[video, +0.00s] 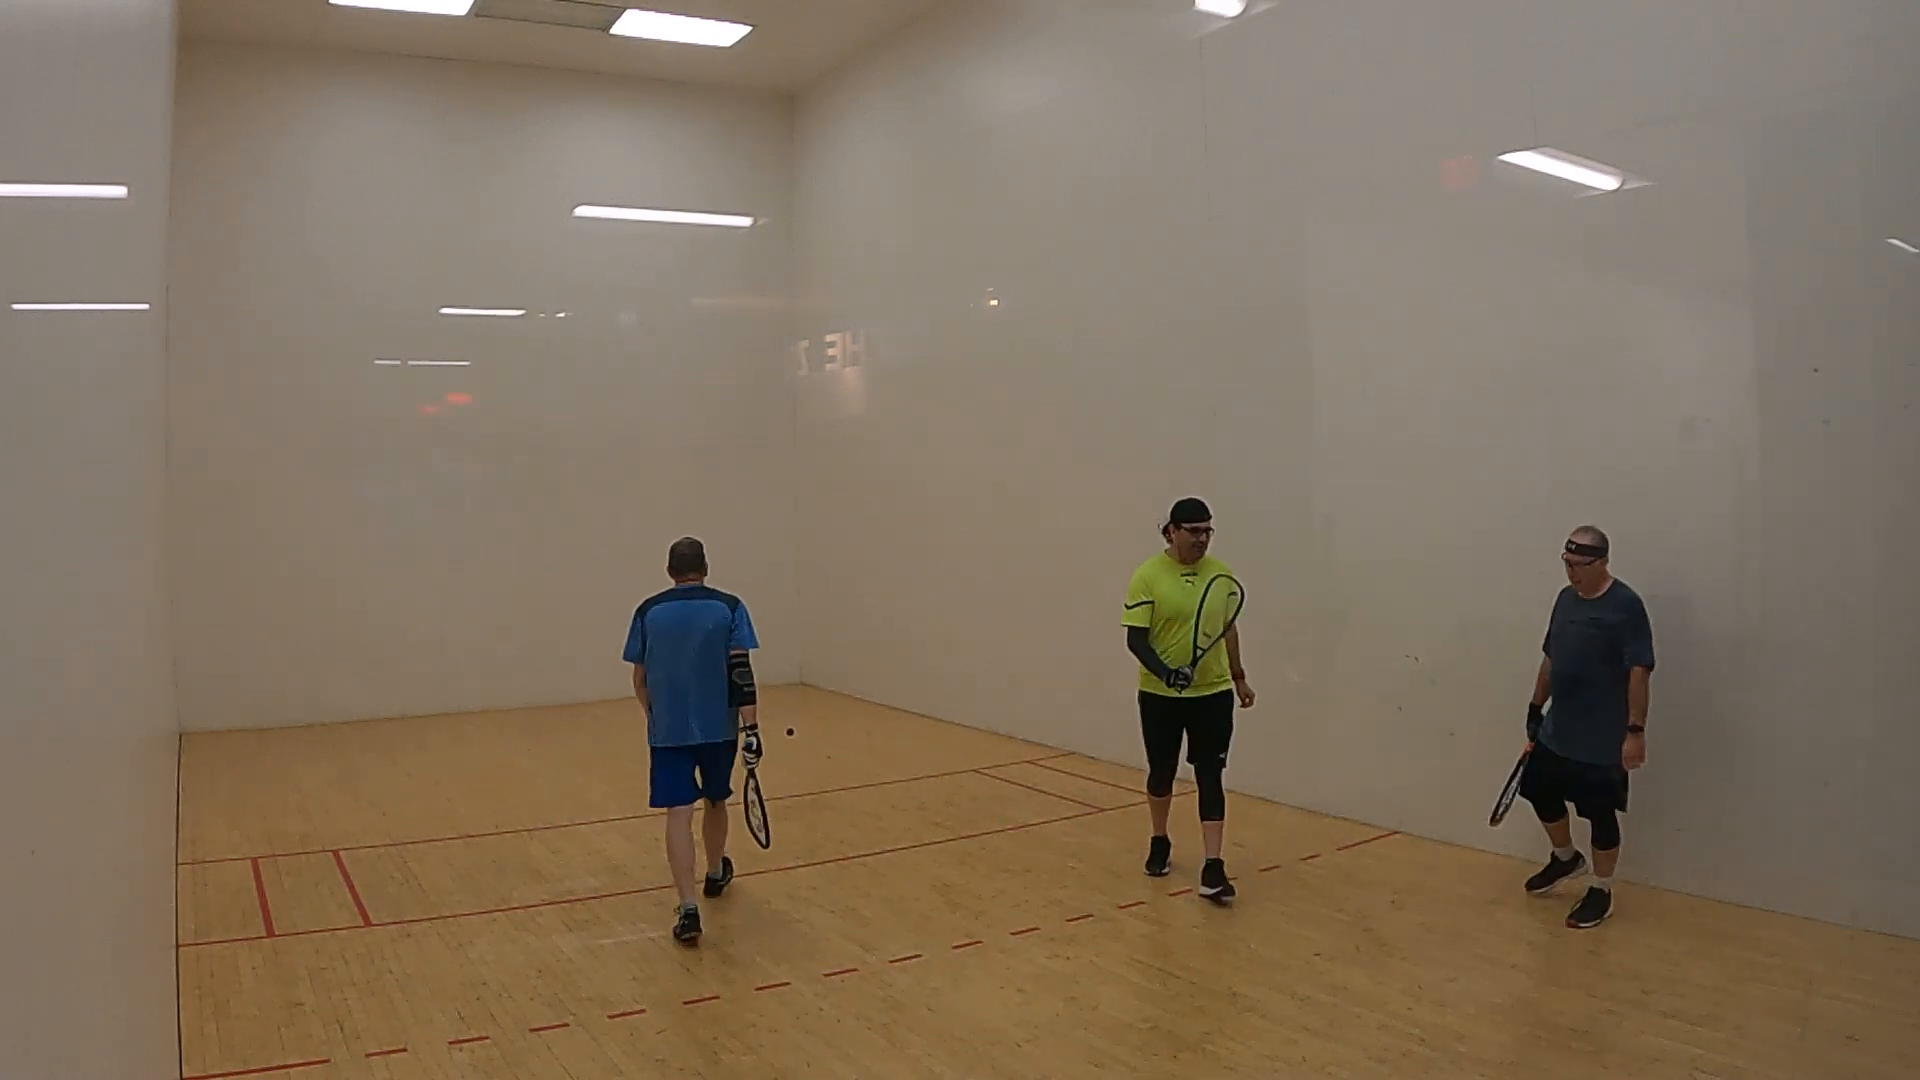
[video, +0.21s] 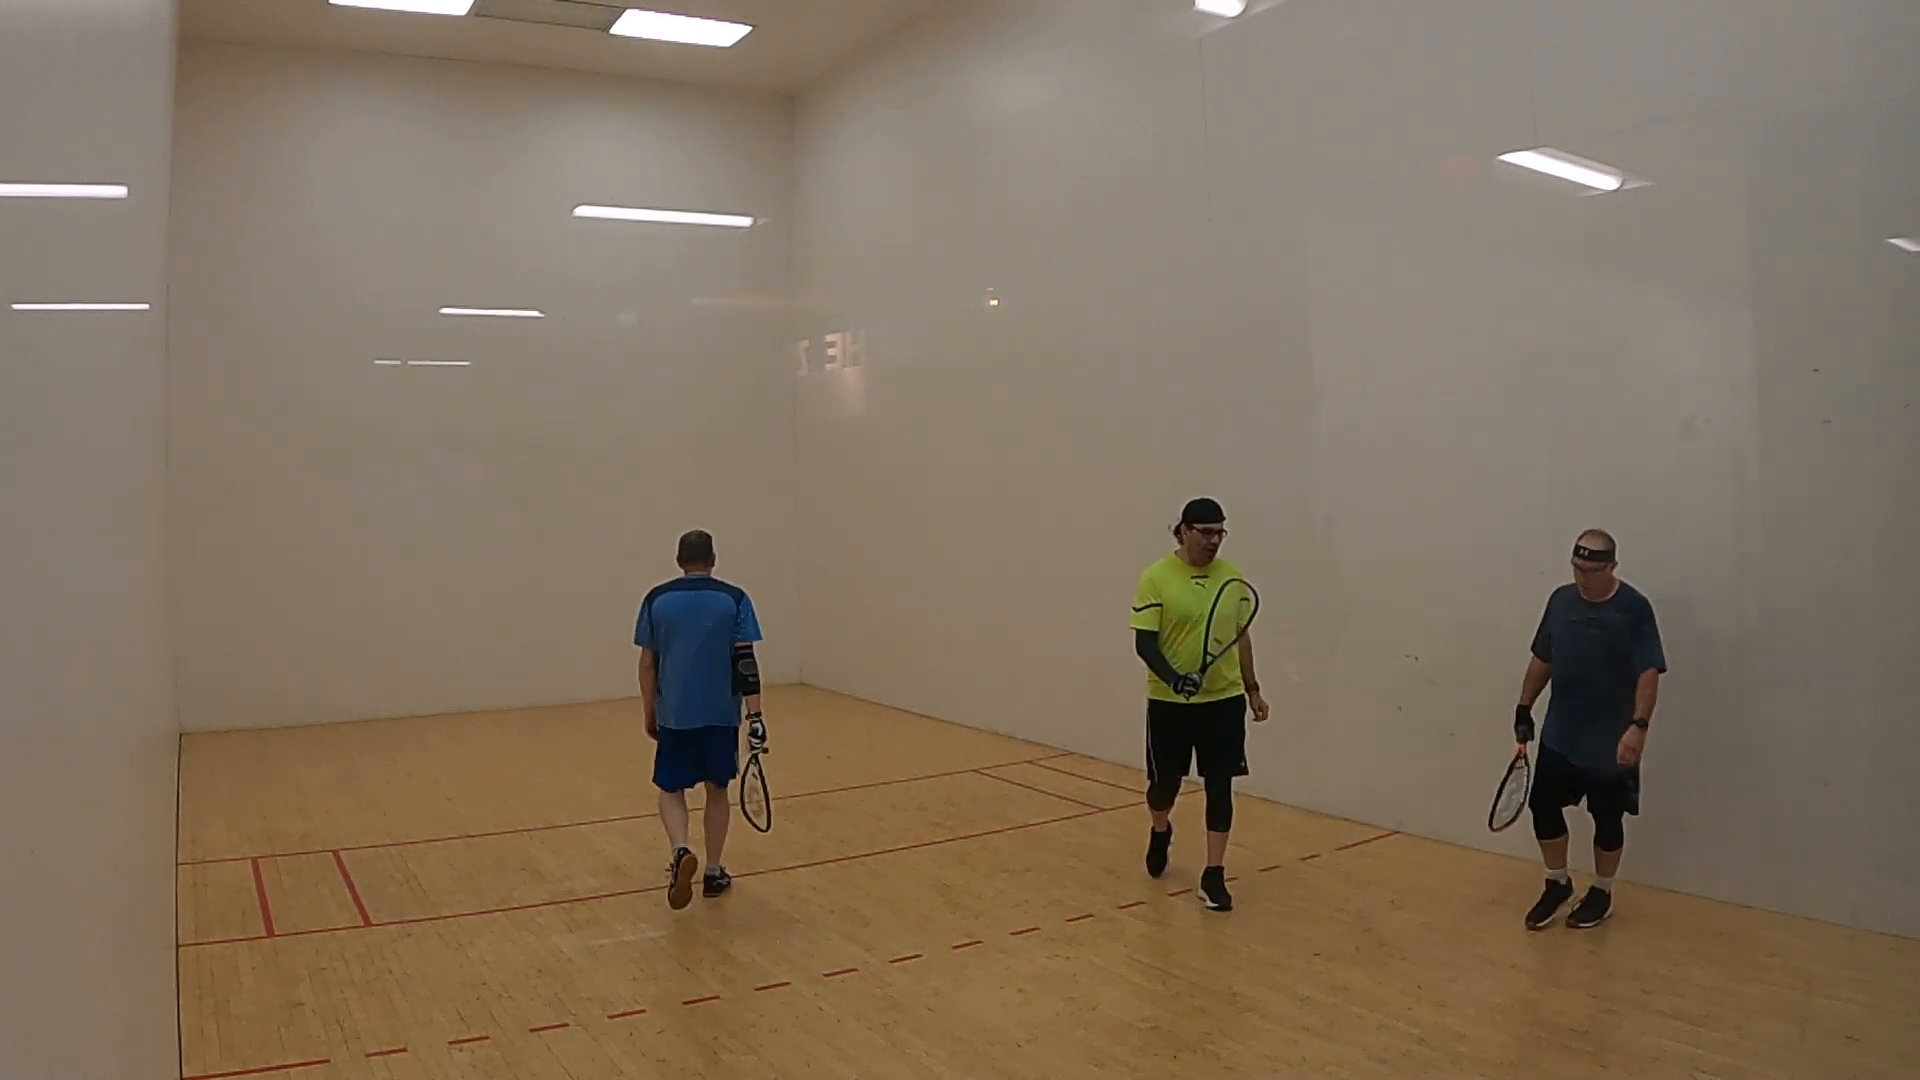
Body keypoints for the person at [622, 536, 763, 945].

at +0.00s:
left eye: (675, 569)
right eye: (701, 569)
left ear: (669, 572)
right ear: (706, 570)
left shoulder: (648, 610)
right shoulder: (729, 607)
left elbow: (639, 676)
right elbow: (742, 672)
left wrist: (651, 715)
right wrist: (751, 728)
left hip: (669, 731)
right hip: (718, 729)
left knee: (677, 814)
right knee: (716, 801)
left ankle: (687, 909)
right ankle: (715, 871)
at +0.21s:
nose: (697, 567)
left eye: (687, 560)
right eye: (707, 561)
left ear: (678, 561)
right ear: (713, 561)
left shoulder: (657, 599)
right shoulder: (735, 599)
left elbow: (647, 662)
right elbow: (746, 662)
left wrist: (649, 711)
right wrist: (755, 714)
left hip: (675, 717)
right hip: (720, 717)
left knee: (671, 789)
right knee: (717, 790)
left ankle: (680, 849)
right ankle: (712, 871)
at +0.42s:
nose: (700, 562)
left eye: (687, 555)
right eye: (709, 556)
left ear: (679, 557)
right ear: (714, 556)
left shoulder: (660, 593)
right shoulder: (734, 591)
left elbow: (647, 652)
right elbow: (747, 650)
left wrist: (641, 704)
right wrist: (758, 695)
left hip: (675, 704)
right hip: (720, 706)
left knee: (677, 771)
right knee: (715, 783)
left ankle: (682, 850)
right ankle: (712, 871)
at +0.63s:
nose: (703, 565)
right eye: (705, 560)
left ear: (674, 561)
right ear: (706, 560)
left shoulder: (655, 596)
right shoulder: (726, 593)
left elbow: (644, 653)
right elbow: (740, 649)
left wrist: (636, 704)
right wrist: (754, 690)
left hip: (674, 703)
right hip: (717, 702)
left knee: (680, 769)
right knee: (717, 776)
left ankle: (688, 839)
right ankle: (714, 855)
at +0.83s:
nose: (690, 559)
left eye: (679, 553)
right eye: (696, 553)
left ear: (669, 554)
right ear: (699, 552)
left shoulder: (651, 588)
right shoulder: (720, 584)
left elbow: (642, 645)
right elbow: (730, 641)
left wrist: (642, 695)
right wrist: (740, 685)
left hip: (669, 694)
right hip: (710, 692)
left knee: (678, 760)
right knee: (724, 750)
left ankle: (687, 839)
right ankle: (717, 810)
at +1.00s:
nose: (688, 560)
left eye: (677, 554)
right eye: (696, 554)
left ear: (670, 555)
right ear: (701, 553)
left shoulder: (653, 587)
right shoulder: (720, 585)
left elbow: (644, 643)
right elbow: (729, 641)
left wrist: (652, 684)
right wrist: (735, 688)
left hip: (669, 689)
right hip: (710, 687)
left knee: (680, 758)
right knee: (718, 747)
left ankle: (688, 836)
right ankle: (719, 816)